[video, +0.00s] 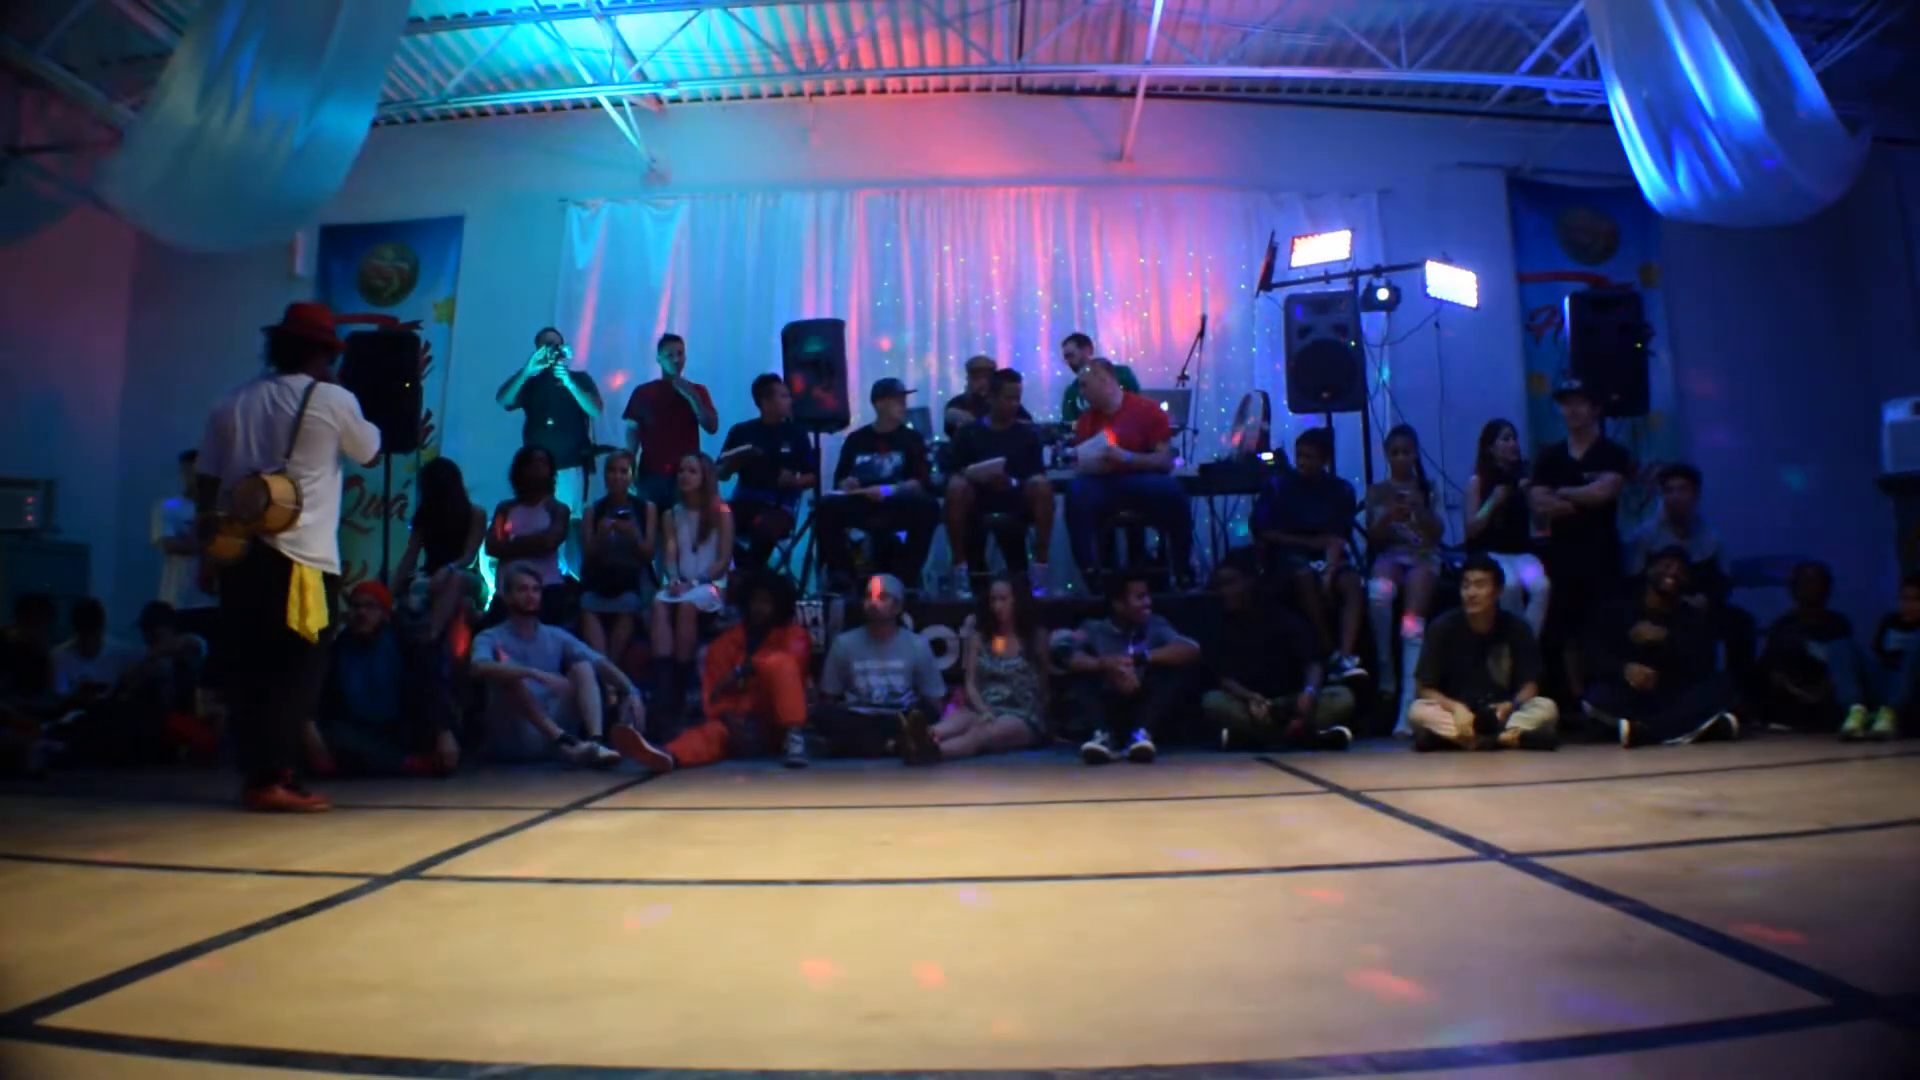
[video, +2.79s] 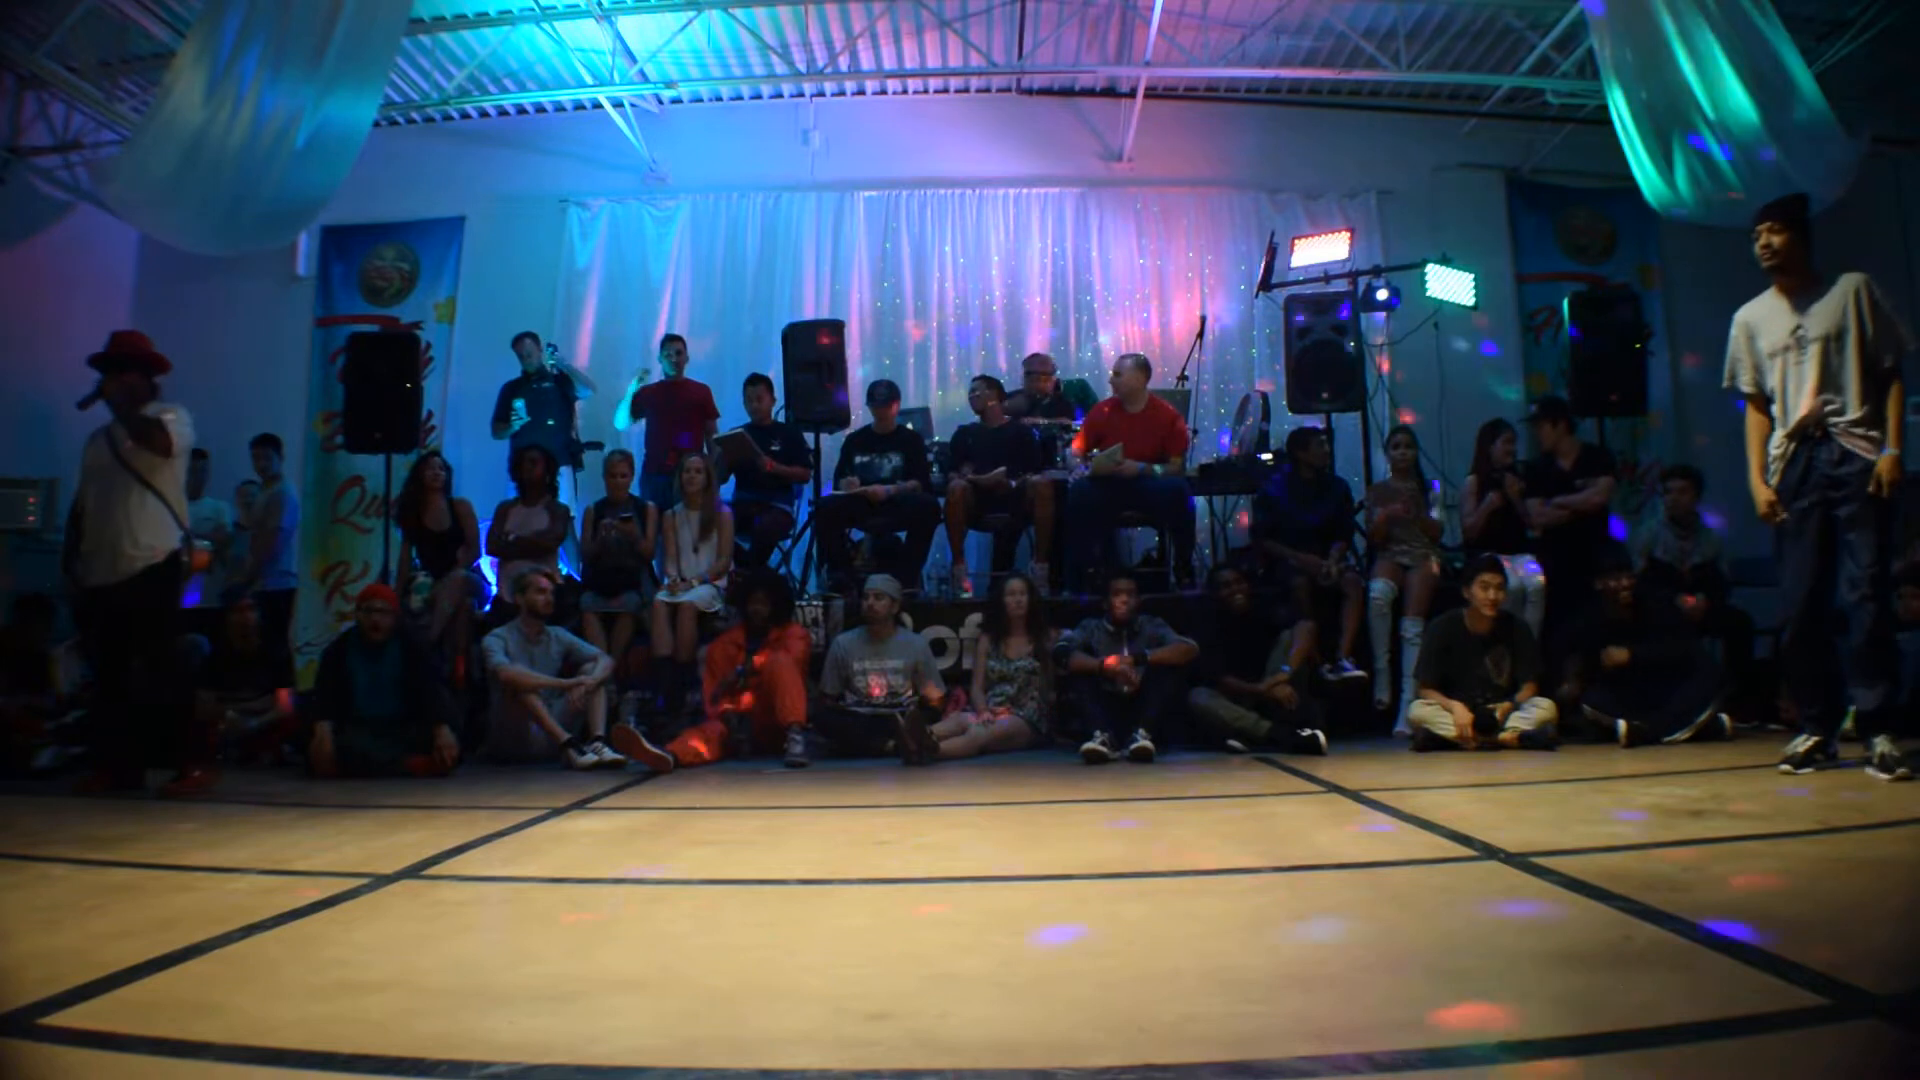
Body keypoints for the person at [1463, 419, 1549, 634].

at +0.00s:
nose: (1512, 444)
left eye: (1514, 438)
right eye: (1505, 439)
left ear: (1518, 442)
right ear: (1490, 446)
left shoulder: (1524, 475)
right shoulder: (1478, 482)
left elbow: (1540, 519)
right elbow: (1471, 528)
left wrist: (1532, 495)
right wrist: (1494, 501)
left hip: (1522, 548)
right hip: (1491, 549)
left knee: (1540, 584)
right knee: (1510, 585)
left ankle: (1530, 642)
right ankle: (1510, 639)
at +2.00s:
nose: (1510, 447)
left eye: (1511, 441)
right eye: (1503, 442)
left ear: (1514, 444)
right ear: (1487, 447)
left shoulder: (1522, 478)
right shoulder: (1473, 483)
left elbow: (1534, 523)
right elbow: (1469, 530)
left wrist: (1514, 498)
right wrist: (1485, 503)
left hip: (1520, 552)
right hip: (1487, 552)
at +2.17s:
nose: (1513, 447)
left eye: (1514, 441)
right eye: (1508, 441)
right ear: (1490, 445)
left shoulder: (1518, 478)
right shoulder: (1473, 482)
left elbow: (1528, 519)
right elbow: (1469, 528)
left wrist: (1514, 498)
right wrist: (1486, 505)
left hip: (1518, 551)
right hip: (1486, 553)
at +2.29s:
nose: (1514, 447)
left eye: (1514, 441)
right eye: (1508, 441)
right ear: (1491, 446)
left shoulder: (1515, 479)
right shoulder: (1473, 483)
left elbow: (1525, 519)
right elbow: (1469, 530)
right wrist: (1486, 506)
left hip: (1519, 550)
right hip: (1488, 551)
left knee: (1535, 583)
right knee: (1513, 584)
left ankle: (1527, 642)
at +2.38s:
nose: (1514, 447)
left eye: (1515, 441)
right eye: (1509, 441)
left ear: (1514, 445)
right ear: (1492, 445)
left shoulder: (1518, 477)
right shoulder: (1474, 481)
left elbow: (1528, 519)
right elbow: (1468, 528)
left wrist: (1514, 500)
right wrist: (1486, 506)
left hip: (1519, 549)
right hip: (1488, 549)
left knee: (1534, 581)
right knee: (1512, 583)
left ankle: (1529, 642)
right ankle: (1500, 640)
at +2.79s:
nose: (1511, 448)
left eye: (1512, 442)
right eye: (1505, 442)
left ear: (1515, 445)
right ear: (1489, 447)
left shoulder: (1518, 479)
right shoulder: (1474, 483)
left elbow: (1533, 521)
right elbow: (1469, 530)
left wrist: (1516, 499)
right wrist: (1487, 507)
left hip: (1520, 551)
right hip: (1489, 551)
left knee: (1536, 581)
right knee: (1513, 584)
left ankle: (1530, 644)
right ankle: (1502, 643)